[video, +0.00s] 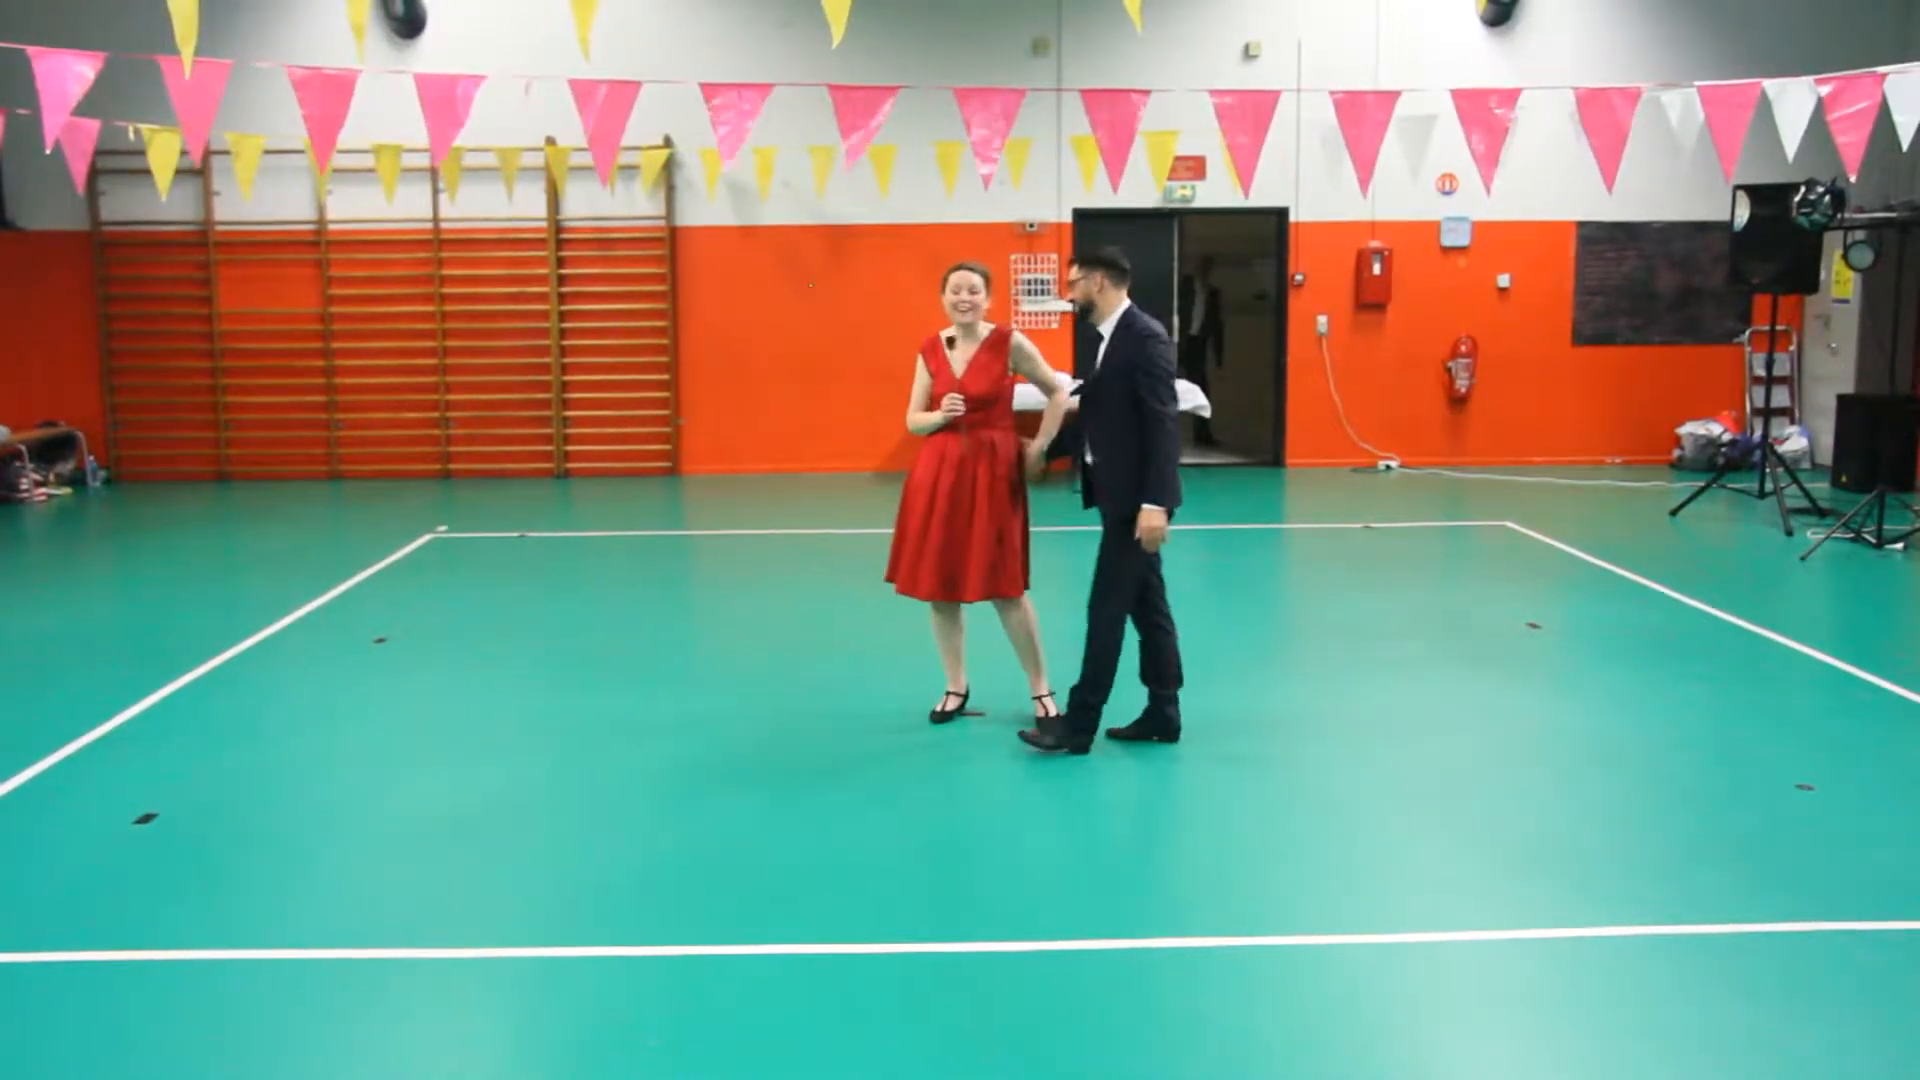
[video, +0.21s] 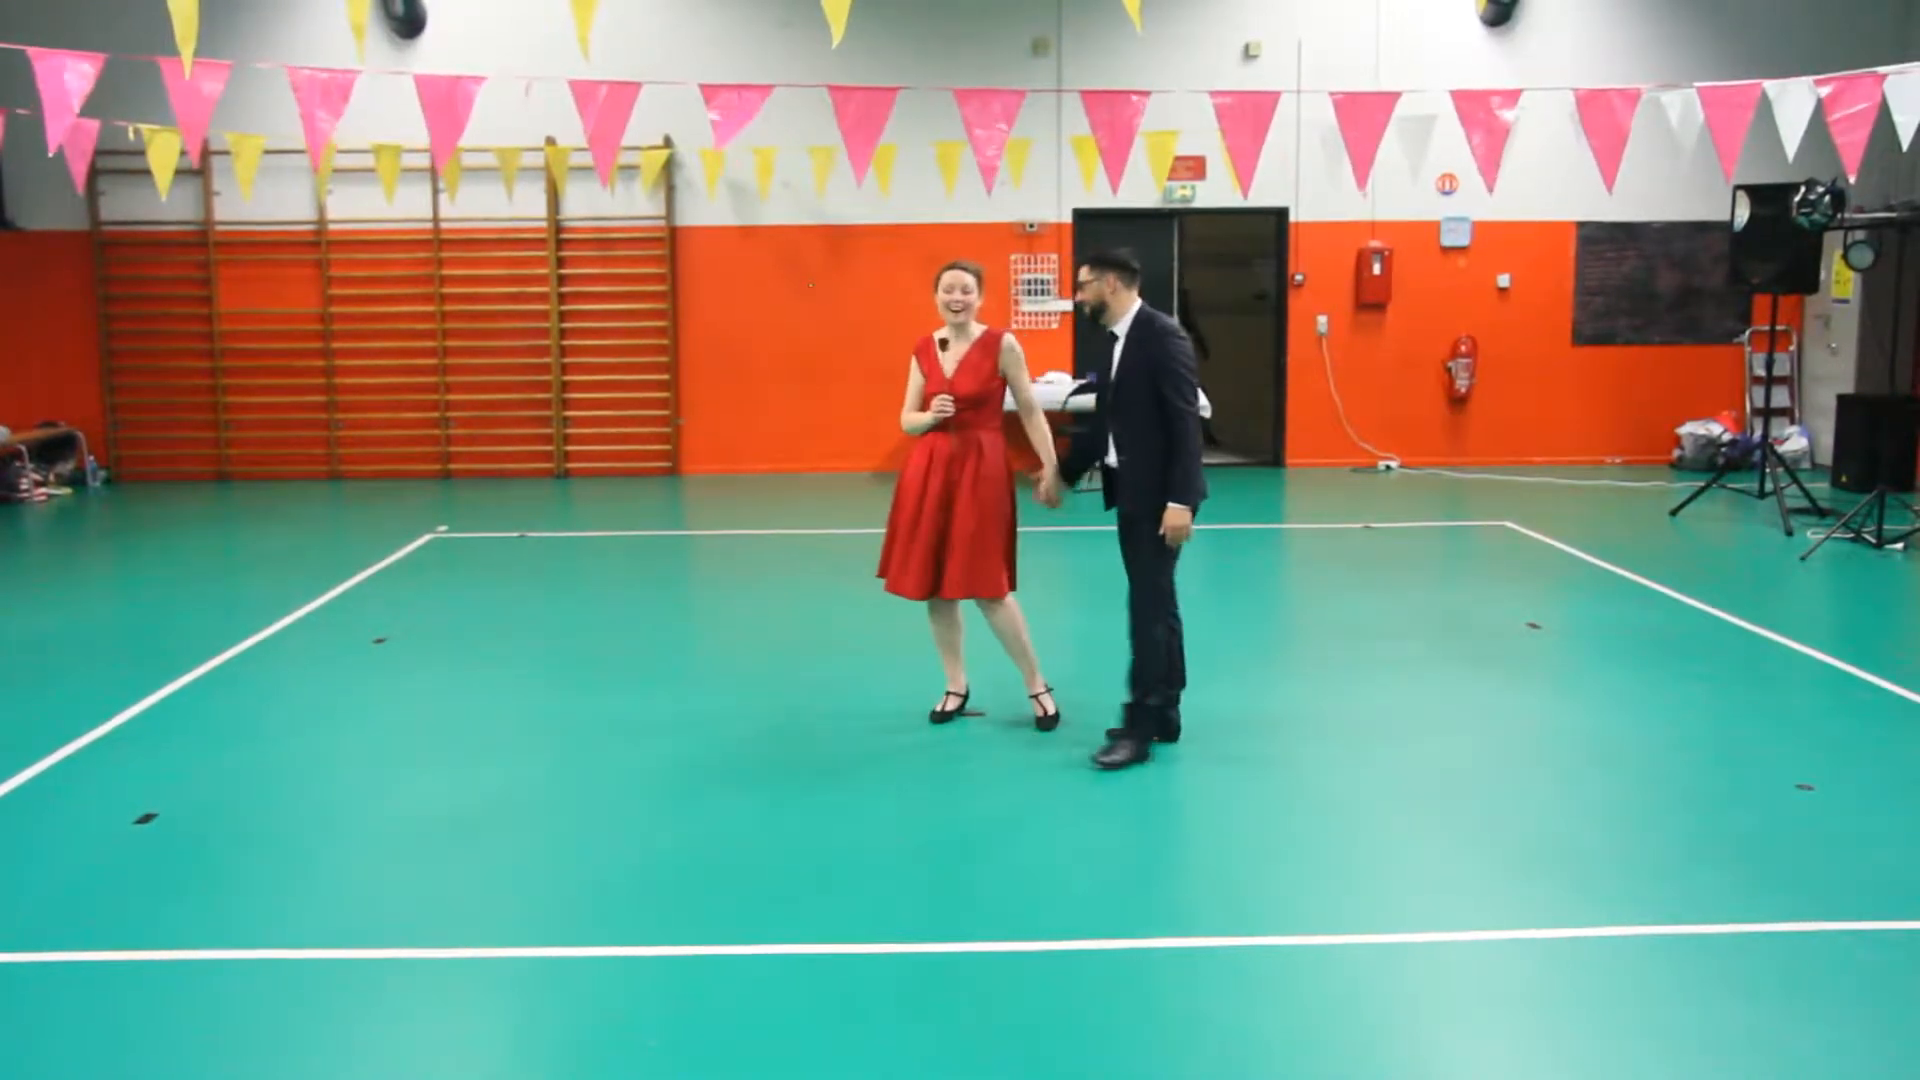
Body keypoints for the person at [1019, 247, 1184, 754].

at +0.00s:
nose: (1071, 292)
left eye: (1076, 282)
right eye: (1071, 283)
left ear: (1105, 283)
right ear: (1097, 284)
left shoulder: (1145, 336)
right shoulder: (1097, 333)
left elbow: (1163, 423)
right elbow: (1093, 406)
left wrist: (1157, 501)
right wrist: (1048, 448)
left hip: (1136, 497)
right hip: (1115, 493)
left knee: (1106, 610)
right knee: (1149, 609)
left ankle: (1078, 725)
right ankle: (1164, 713)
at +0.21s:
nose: (1079, 294)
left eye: (1085, 283)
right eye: (1079, 285)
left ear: (1116, 283)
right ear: (1108, 286)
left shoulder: (1162, 336)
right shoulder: (1110, 338)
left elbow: (1185, 422)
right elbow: (1101, 421)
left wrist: (1181, 500)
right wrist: (1060, 472)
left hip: (1157, 494)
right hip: (1130, 491)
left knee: (1149, 609)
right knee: (1153, 607)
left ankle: (1143, 728)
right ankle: (1161, 713)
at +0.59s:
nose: (1117, 293)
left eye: (1126, 283)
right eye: (1114, 285)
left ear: (1160, 280)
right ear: (1123, 290)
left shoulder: (1199, 334)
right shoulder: (1141, 340)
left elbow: (1217, 421)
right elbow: (1123, 415)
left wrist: (1199, 493)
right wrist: (1084, 472)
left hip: (1195, 491)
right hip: (1148, 490)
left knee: (1209, 604)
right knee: (1163, 610)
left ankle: (1263, 710)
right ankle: (1162, 713)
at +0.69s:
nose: (1136, 291)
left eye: (1147, 281)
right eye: (1131, 283)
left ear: (1175, 281)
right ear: (1127, 290)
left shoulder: (1210, 335)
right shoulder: (1147, 341)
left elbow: (1226, 421)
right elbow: (1128, 415)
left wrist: (1205, 492)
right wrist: (1088, 472)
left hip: (1203, 492)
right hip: (1154, 491)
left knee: (1222, 606)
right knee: (1166, 611)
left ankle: (1263, 713)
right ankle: (1162, 713)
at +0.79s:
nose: (1151, 290)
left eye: (1163, 280)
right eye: (1147, 282)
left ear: (1193, 282)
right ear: (1147, 288)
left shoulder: (1228, 337)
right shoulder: (1154, 339)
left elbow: (1247, 421)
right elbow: (1137, 411)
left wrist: (1226, 491)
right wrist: (1096, 466)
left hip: (1219, 492)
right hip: (1166, 490)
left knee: (1238, 607)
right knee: (1171, 610)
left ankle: (1265, 713)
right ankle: (1163, 713)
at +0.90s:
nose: (1172, 289)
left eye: (1183, 279)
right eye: (1165, 281)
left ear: (1209, 282)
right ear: (1159, 288)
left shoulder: (1241, 338)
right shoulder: (1159, 341)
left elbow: (1261, 420)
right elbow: (1145, 411)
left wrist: (1242, 493)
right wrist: (1103, 461)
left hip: (1230, 491)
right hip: (1175, 490)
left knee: (1247, 607)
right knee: (1175, 609)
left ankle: (1267, 713)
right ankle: (1164, 712)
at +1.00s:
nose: (1200, 289)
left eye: (1209, 279)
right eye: (1191, 281)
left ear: (1229, 283)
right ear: (1179, 288)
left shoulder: (1259, 339)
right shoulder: (1175, 341)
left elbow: (1279, 422)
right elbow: (1156, 409)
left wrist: (1269, 499)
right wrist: (1110, 453)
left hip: (1243, 491)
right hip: (1189, 489)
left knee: (1259, 609)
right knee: (1182, 608)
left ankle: (1268, 716)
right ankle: (1164, 713)